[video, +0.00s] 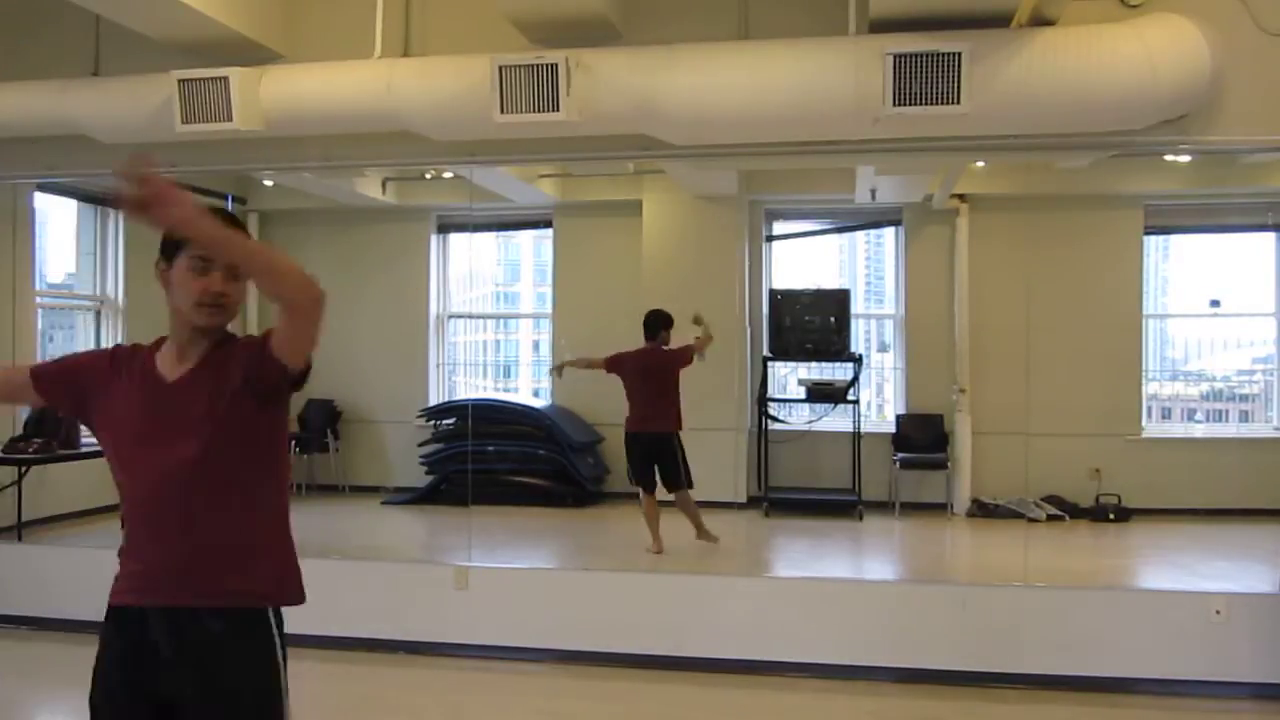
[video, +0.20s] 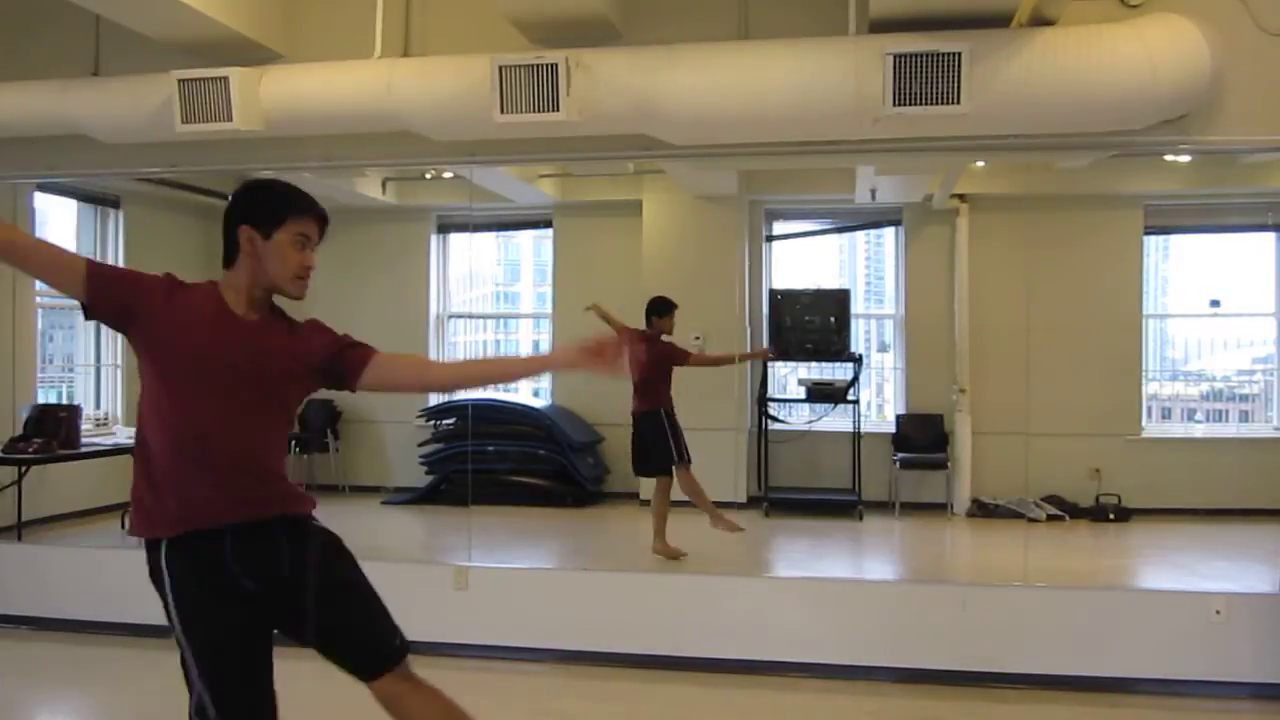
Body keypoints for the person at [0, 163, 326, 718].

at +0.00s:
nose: (219, 285)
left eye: (233, 274)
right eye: (201, 268)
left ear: (246, 290)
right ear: (164, 276)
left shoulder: (261, 369)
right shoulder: (111, 374)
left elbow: (304, 296)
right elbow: (11, 381)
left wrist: (194, 221)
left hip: (237, 631)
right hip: (137, 630)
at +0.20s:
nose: (311, 262)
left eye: (315, 249)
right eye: (300, 244)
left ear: (293, 251)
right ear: (247, 238)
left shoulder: (307, 345)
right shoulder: (157, 301)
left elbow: (433, 374)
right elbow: (30, 253)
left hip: (284, 531)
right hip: (189, 544)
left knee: (391, 676)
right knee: (236, 710)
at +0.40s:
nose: (344, 286)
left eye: (344, 272)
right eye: (340, 271)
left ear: (304, 272)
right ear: (308, 271)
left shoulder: (304, 349)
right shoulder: (231, 323)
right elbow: (171, 190)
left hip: (331, 550)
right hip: (272, 567)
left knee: (401, 639)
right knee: (321, 713)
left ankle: (479, 675)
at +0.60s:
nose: (354, 255)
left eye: (351, 245)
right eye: (348, 244)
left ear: (278, 246)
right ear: (330, 247)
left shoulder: (236, 326)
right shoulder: (327, 297)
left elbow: (138, 358)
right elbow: (404, 186)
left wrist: (31, 378)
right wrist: (456, 69)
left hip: (291, 521)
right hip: (325, 522)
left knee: (357, 690)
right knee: (340, 697)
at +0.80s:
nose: (347, 272)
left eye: (340, 261)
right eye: (346, 262)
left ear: (277, 269)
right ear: (339, 269)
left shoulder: (234, 333)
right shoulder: (363, 342)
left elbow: (152, 238)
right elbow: (485, 372)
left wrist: (117, 135)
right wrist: (592, 397)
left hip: (270, 535)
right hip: (340, 530)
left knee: (287, 699)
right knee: (345, 705)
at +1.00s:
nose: (371, 313)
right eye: (370, 305)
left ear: (304, 306)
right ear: (363, 313)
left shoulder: (269, 360)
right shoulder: (382, 401)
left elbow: (272, 264)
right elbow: (398, 496)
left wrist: (355, 233)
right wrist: (387, 544)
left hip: (272, 561)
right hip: (345, 566)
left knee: (298, 695)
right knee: (369, 699)